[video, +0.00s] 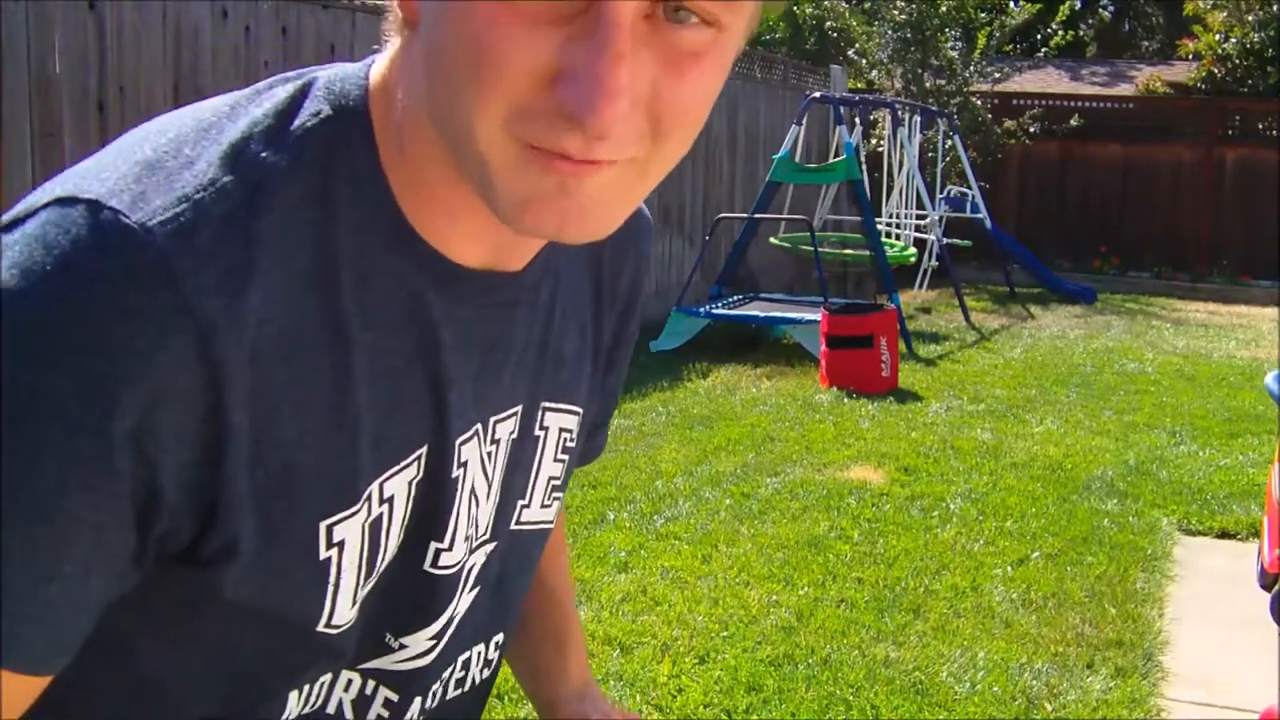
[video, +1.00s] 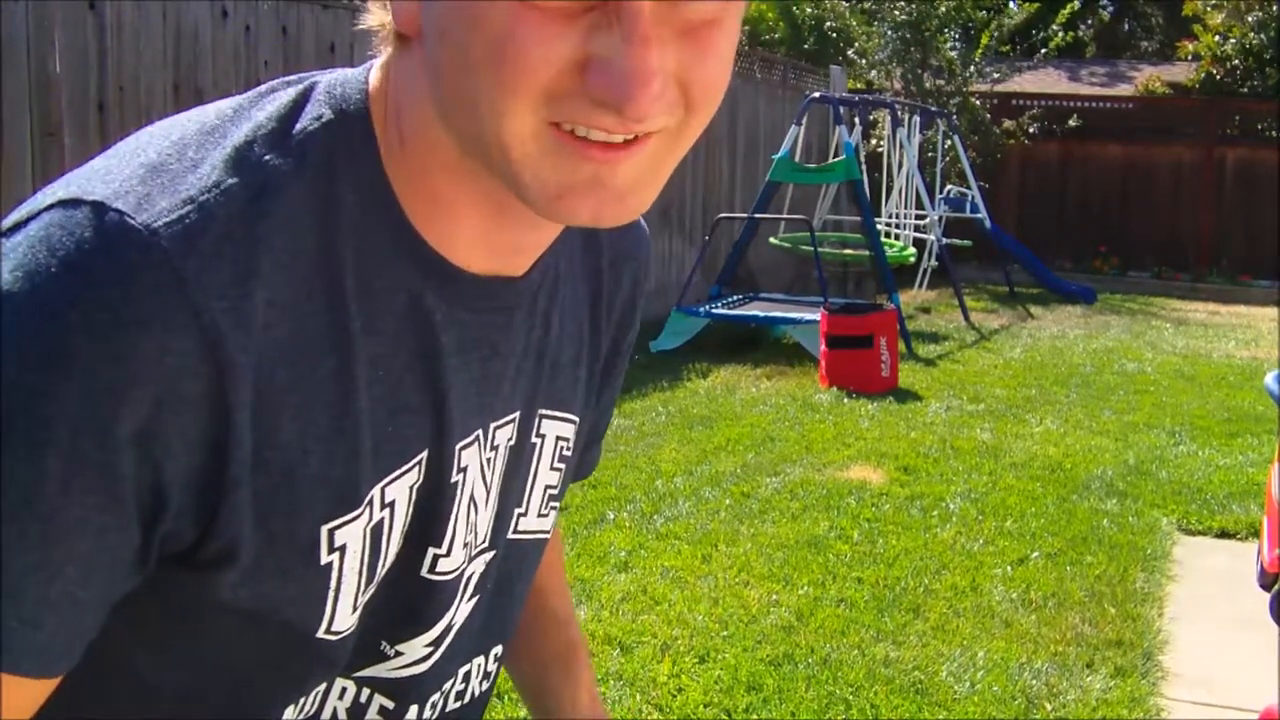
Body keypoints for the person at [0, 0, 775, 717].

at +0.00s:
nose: (604, 100)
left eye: (682, 14)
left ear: (741, 43)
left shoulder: (612, 253)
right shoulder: (106, 285)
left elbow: (520, 494)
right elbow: (9, 687)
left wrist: (570, 695)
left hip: (434, 698)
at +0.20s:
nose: (628, 96)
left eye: (707, 21)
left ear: (758, 58)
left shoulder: (627, 265)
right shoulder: (116, 293)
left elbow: (526, 516)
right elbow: (12, 692)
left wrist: (577, 704)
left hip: (447, 701)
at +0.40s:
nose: (630, 90)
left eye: (705, 14)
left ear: (758, 48)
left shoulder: (623, 265)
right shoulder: (119, 291)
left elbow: (522, 513)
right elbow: (12, 693)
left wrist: (574, 703)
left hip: (443, 700)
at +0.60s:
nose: (628, 90)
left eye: (699, 16)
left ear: (749, 44)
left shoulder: (607, 260)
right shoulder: (112, 287)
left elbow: (507, 517)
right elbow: (12, 691)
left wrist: (567, 703)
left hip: (434, 698)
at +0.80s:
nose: (638, 88)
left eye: (701, 12)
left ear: (743, 34)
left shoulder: (604, 253)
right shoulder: (109, 287)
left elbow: (506, 518)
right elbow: (11, 692)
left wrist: (564, 706)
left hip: (437, 700)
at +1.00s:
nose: (636, 87)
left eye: (697, 12)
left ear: (740, 31)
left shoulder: (612, 256)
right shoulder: (111, 285)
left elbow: (511, 516)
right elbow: (11, 689)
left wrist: (575, 707)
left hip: (438, 697)